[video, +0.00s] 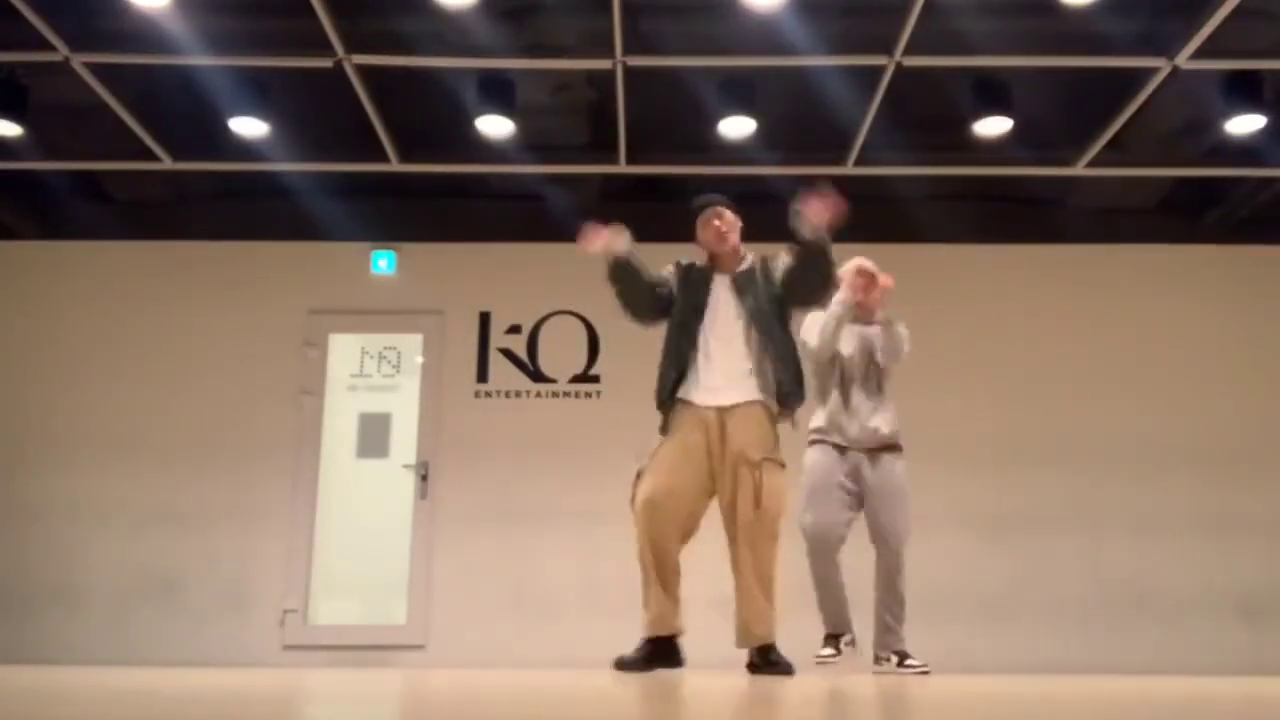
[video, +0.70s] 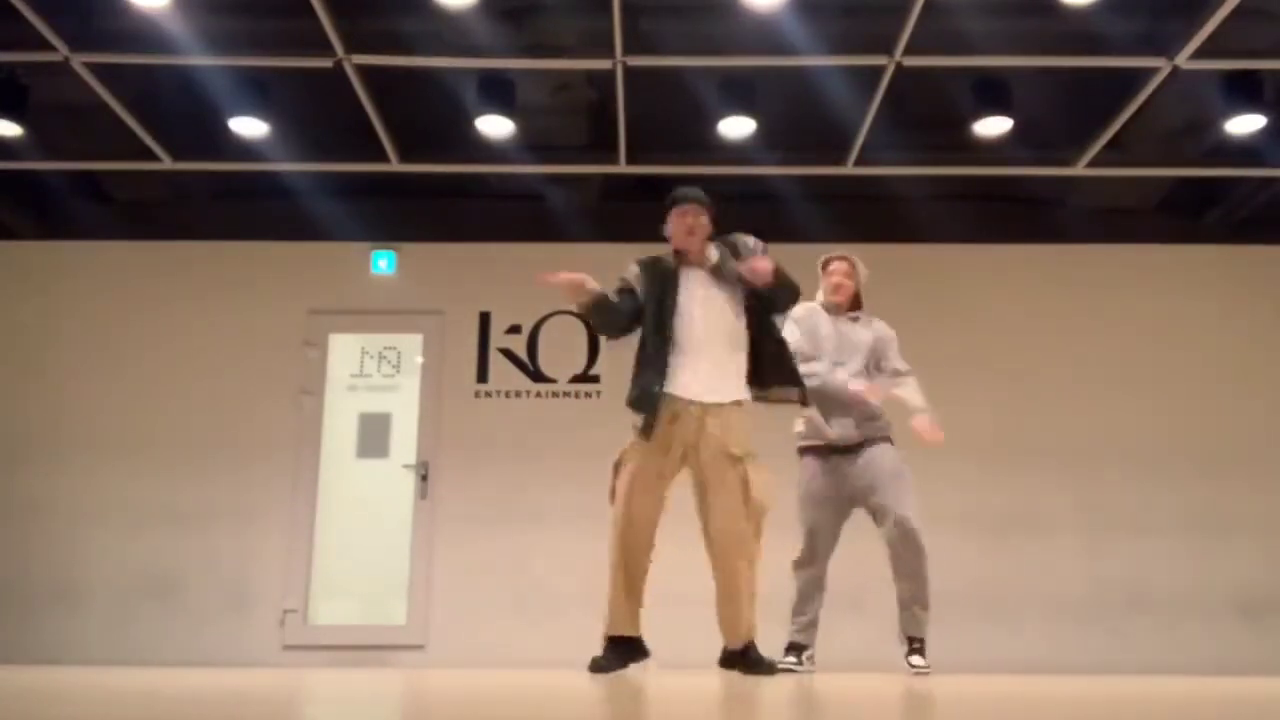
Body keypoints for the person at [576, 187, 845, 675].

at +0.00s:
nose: (718, 223)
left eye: (724, 217)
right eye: (708, 221)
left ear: (741, 229)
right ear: (698, 239)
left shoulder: (767, 273)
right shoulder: (683, 279)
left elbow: (813, 287)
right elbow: (646, 305)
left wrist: (812, 238)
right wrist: (619, 257)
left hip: (751, 414)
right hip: (691, 415)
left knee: (756, 522)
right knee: (655, 504)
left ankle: (761, 646)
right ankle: (662, 639)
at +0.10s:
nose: (706, 233)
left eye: (714, 222)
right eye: (700, 224)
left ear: (731, 229)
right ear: (691, 234)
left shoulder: (750, 269)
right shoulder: (683, 275)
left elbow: (755, 229)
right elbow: (659, 244)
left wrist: (704, 195)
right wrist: (673, 199)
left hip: (741, 405)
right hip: (682, 407)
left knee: (754, 521)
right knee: (655, 519)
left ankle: (763, 643)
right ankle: (630, 640)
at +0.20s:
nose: (696, 222)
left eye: (705, 215)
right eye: (686, 217)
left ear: (720, 216)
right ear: (673, 224)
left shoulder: (742, 243)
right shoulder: (661, 252)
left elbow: (703, 258)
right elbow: (684, 239)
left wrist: (646, 242)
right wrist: (712, 201)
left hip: (726, 392)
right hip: (670, 395)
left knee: (751, 511)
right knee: (648, 517)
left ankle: (771, 639)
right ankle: (631, 640)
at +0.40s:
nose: (671, 242)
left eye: (672, 232)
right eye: (659, 243)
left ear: (688, 233)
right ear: (652, 260)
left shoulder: (724, 263)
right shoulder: (647, 293)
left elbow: (702, 326)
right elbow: (674, 332)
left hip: (696, 399)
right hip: (643, 406)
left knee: (713, 501)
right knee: (622, 517)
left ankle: (786, 620)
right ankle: (630, 645)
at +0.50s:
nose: (663, 255)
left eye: (665, 246)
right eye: (651, 255)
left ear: (680, 249)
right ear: (643, 270)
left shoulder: (716, 280)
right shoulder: (640, 309)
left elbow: (722, 343)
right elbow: (649, 355)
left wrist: (709, 390)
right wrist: (667, 380)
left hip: (692, 417)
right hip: (640, 422)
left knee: (715, 516)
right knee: (616, 527)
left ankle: (772, 631)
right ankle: (629, 648)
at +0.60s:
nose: (664, 249)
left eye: (668, 238)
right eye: (652, 246)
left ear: (684, 240)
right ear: (645, 259)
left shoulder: (727, 274)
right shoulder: (641, 301)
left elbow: (761, 321)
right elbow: (628, 332)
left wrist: (764, 350)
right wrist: (645, 348)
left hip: (704, 418)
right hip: (646, 422)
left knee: (725, 520)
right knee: (618, 526)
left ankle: (747, 635)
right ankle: (627, 645)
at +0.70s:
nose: (688, 223)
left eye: (696, 216)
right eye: (680, 216)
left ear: (710, 225)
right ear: (667, 226)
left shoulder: (739, 267)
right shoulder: (653, 272)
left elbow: (787, 298)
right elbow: (616, 321)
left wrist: (769, 277)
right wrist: (589, 297)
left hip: (726, 416)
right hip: (664, 413)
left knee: (733, 529)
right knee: (632, 523)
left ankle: (739, 645)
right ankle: (623, 638)